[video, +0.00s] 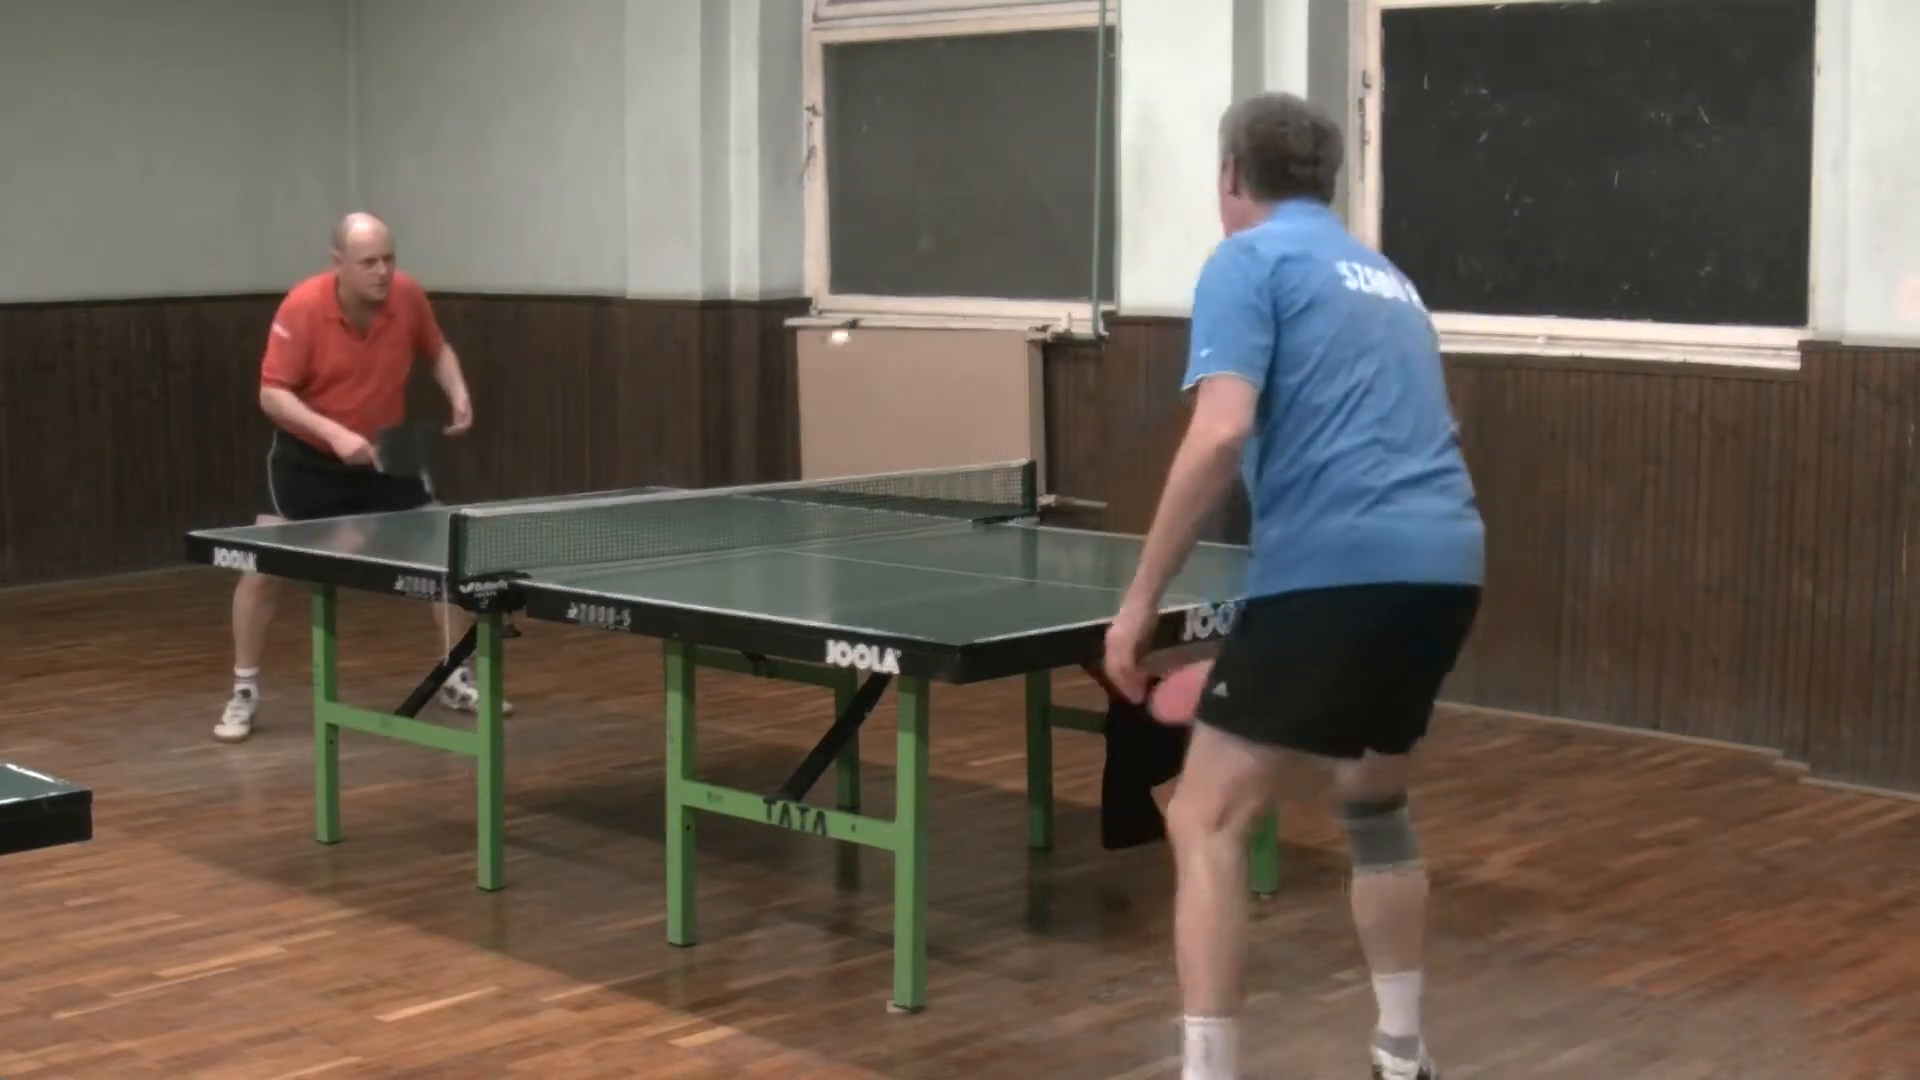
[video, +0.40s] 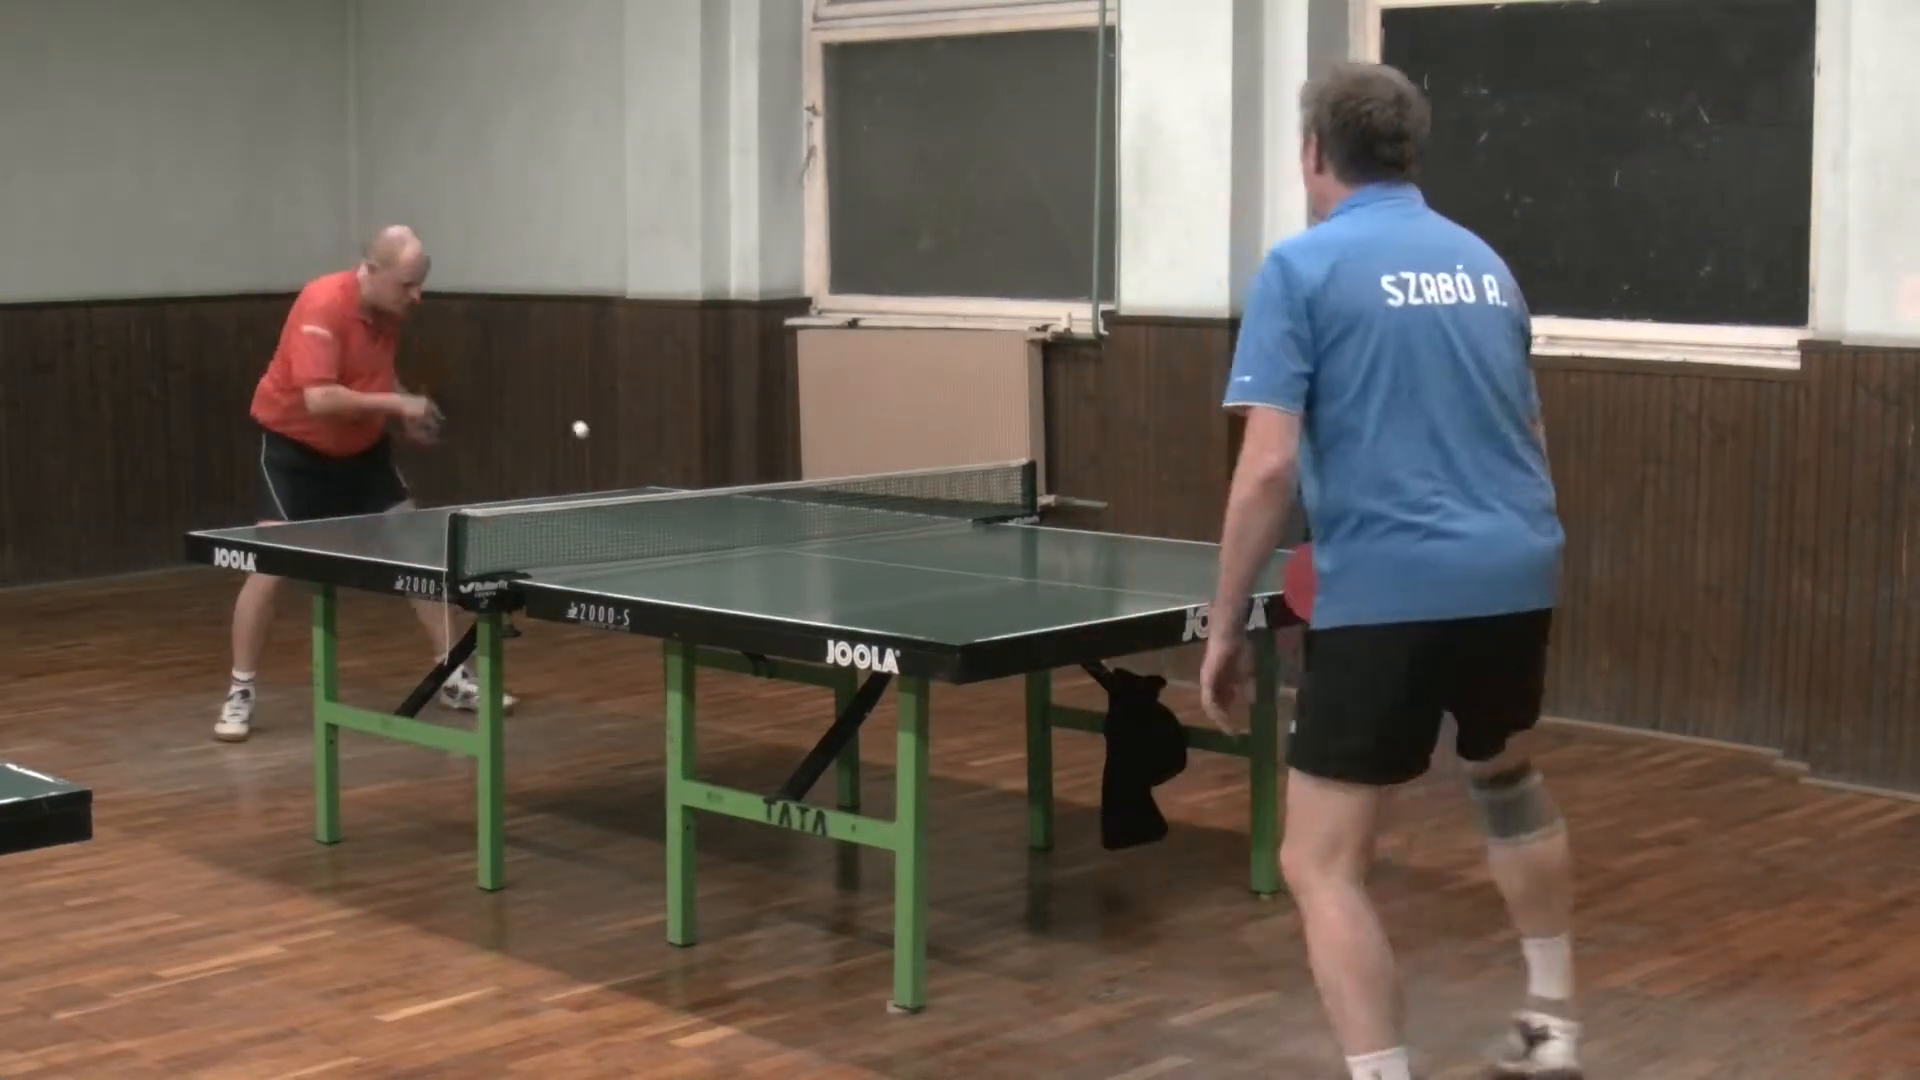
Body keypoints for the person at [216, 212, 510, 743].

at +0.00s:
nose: (381, 270)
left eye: (387, 259)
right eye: (368, 262)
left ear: (393, 257)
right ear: (339, 263)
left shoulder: (407, 296)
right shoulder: (305, 305)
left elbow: (437, 351)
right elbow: (272, 394)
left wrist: (459, 393)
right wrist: (335, 435)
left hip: (388, 458)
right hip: (308, 462)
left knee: (446, 555)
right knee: (265, 564)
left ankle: (459, 676)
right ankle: (244, 690)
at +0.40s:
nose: (416, 296)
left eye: (420, 285)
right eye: (407, 285)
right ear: (370, 271)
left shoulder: (385, 308)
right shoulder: (322, 303)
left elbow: (375, 374)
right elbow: (318, 397)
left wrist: (405, 410)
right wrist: (398, 405)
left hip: (363, 447)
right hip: (296, 449)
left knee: (418, 552)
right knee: (274, 561)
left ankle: (457, 674)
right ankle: (241, 690)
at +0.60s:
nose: (428, 287)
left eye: (431, 277)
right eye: (422, 275)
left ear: (396, 264)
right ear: (386, 261)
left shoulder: (383, 296)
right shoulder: (338, 290)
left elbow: (364, 369)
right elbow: (347, 376)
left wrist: (388, 407)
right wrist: (412, 372)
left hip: (362, 440)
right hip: (297, 439)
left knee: (418, 539)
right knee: (278, 559)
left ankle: (439, 671)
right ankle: (241, 689)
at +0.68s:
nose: (432, 281)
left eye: (435, 270)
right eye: (426, 269)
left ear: (404, 261)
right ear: (389, 256)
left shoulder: (391, 295)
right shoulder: (344, 287)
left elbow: (367, 367)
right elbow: (349, 359)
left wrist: (393, 411)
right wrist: (433, 375)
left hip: (368, 438)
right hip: (300, 436)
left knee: (420, 540)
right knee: (278, 556)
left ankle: (440, 670)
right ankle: (240, 687)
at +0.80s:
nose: (429, 272)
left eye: (433, 261)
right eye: (421, 260)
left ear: (425, 255)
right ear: (386, 249)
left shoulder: (397, 295)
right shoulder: (349, 282)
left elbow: (378, 362)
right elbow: (345, 328)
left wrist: (402, 403)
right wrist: (404, 351)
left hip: (370, 440)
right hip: (299, 436)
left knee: (420, 539)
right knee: (264, 552)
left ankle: (438, 670)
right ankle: (232, 685)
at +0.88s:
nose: (423, 264)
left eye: (426, 253)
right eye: (413, 254)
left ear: (423, 251)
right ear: (377, 249)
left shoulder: (398, 296)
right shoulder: (340, 281)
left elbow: (384, 360)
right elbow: (310, 319)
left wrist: (407, 404)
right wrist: (366, 339)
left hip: (366, 443)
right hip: (298, 439)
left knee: (418, 545)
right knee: (262, 556)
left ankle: (438, 674)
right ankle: (224, 675)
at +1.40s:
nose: (247, 220)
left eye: (251, 209)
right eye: (234, 212)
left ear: (256, 212)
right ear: (202, 219)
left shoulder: (270, 265)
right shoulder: (170, 271)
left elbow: (305, 314)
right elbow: (113, 333)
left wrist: (344, 363)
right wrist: (173, 355)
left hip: (260, 420)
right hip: (189, 428)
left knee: (292, 536)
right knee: (193, 556)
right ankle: (212, 660)